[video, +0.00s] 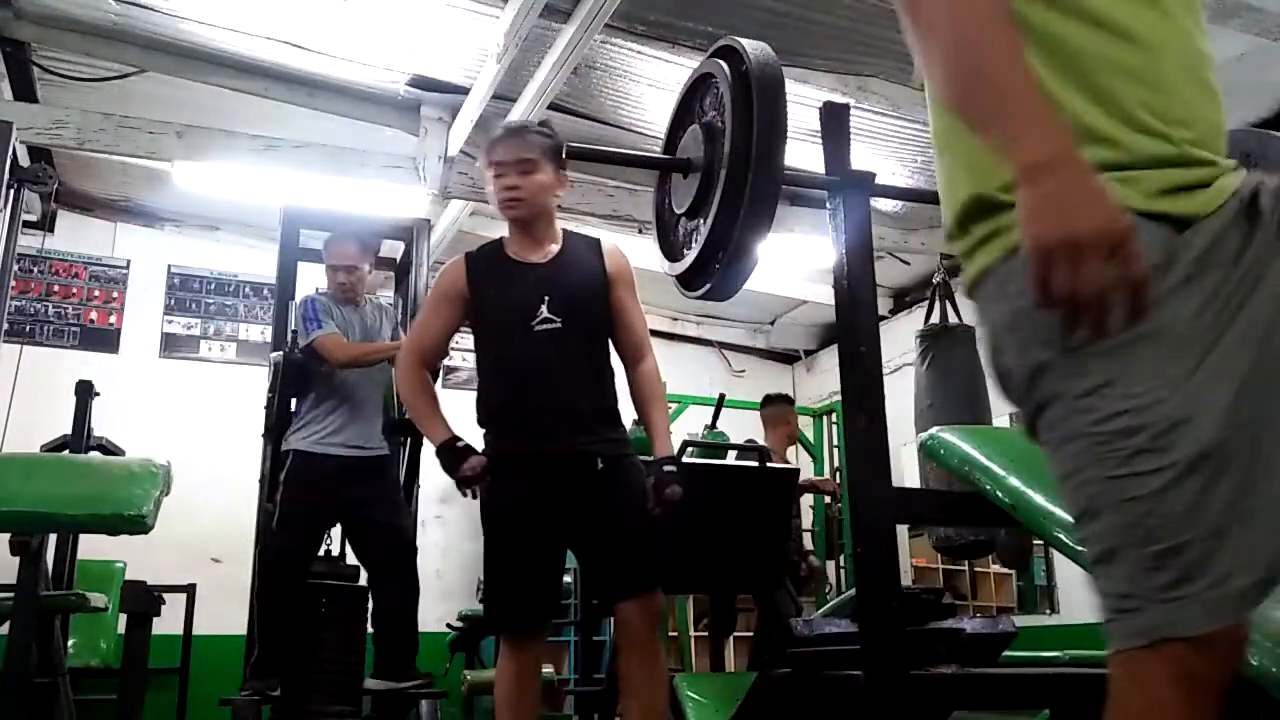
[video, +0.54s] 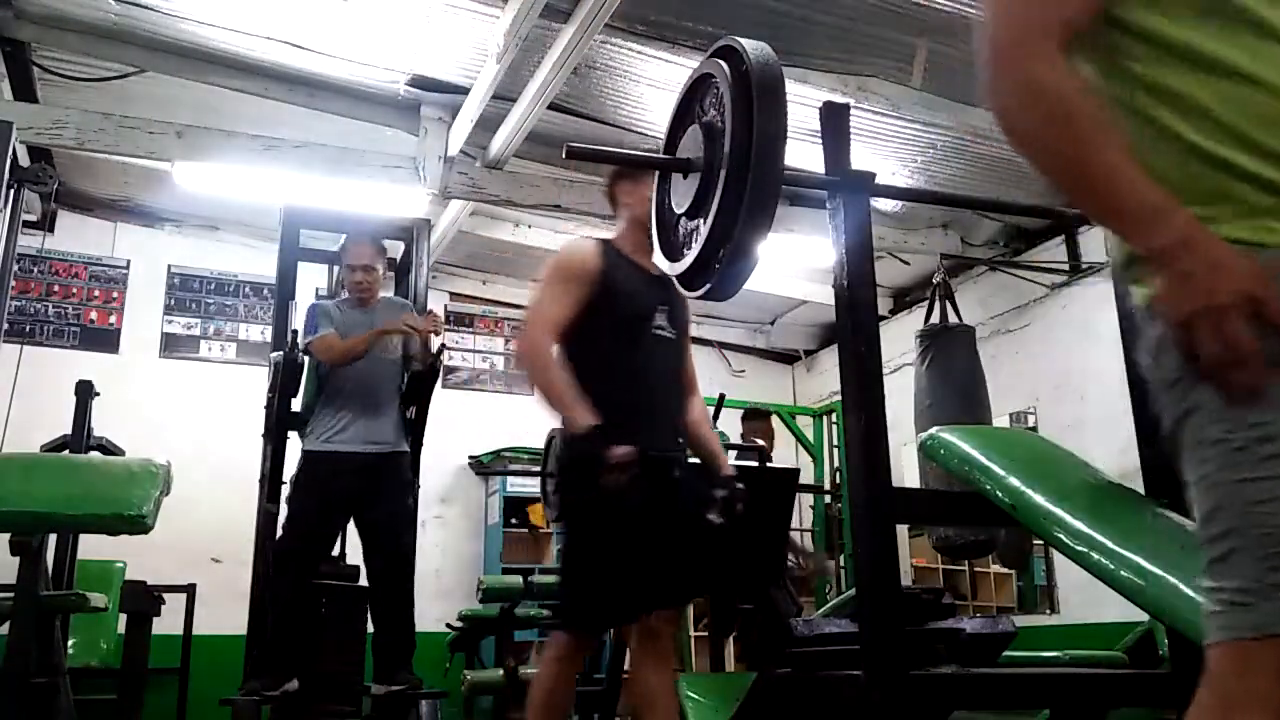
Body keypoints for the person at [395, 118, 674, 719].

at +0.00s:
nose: (507, 183)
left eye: (524, 170)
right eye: (496, 173)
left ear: (560, 180)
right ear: (486, 183)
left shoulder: (605, 262)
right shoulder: (466, 274)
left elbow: (640, 360)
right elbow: (410, 366)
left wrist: (663, 457)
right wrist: (451, 448)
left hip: (604, 470)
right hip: (515, 474)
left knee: (642, 615)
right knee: (520, 637)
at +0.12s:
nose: (555, 182)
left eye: (566, 171)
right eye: (539, 169)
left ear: (580, 184)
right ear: (512, 182)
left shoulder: (615, 267)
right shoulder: (478, 273)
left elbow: (645, 365)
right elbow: (425, 368)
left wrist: (667, 460)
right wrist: (462, 452)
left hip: (611, 473)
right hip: (522, 475)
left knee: (645, 625)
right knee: (524, 642)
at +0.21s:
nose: (583, 184)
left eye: (592, 175)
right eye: (567, 171)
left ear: (601, 187)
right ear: (533, 180)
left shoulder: (624, 273)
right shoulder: (491, 270)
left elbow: (651, 370)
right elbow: (436, 364)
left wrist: (676, 459)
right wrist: (472, 450)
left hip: (616, 473)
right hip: (532, 475)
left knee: (645, 625)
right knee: (531, 639)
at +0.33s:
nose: (621, 191)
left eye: (628, 182)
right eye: (605, 177)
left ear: (632, 196)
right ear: (564, 185)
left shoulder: (643, 281)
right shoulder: (519, 269)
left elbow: (662, 379)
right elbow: (461, 360)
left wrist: (690, 461)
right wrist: (506, 448)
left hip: (630, 478)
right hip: (551, 477)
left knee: (644, 630)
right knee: (541, 640)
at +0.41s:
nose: (644, 192)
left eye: (646, 183)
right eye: (629, 179)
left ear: (645, 196)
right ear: (588, 187)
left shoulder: (656, 286)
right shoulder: (544, 264)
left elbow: (671, 384)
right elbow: (487, 349)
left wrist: (701, 464)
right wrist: (531, 435)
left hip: (643, 476)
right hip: (569, 474)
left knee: (647, 631)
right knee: (551, 636)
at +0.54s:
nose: (663, 193)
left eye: (667, 182)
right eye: (650, 181)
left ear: (672, 197)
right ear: (620, 194)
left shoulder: (673, 296)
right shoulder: (584, 259)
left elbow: (688, 398)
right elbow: (533, 343)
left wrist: (721, 467)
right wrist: (589, 432)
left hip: (664, 473)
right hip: (597, 468)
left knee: (659, 628)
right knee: (575, 634)